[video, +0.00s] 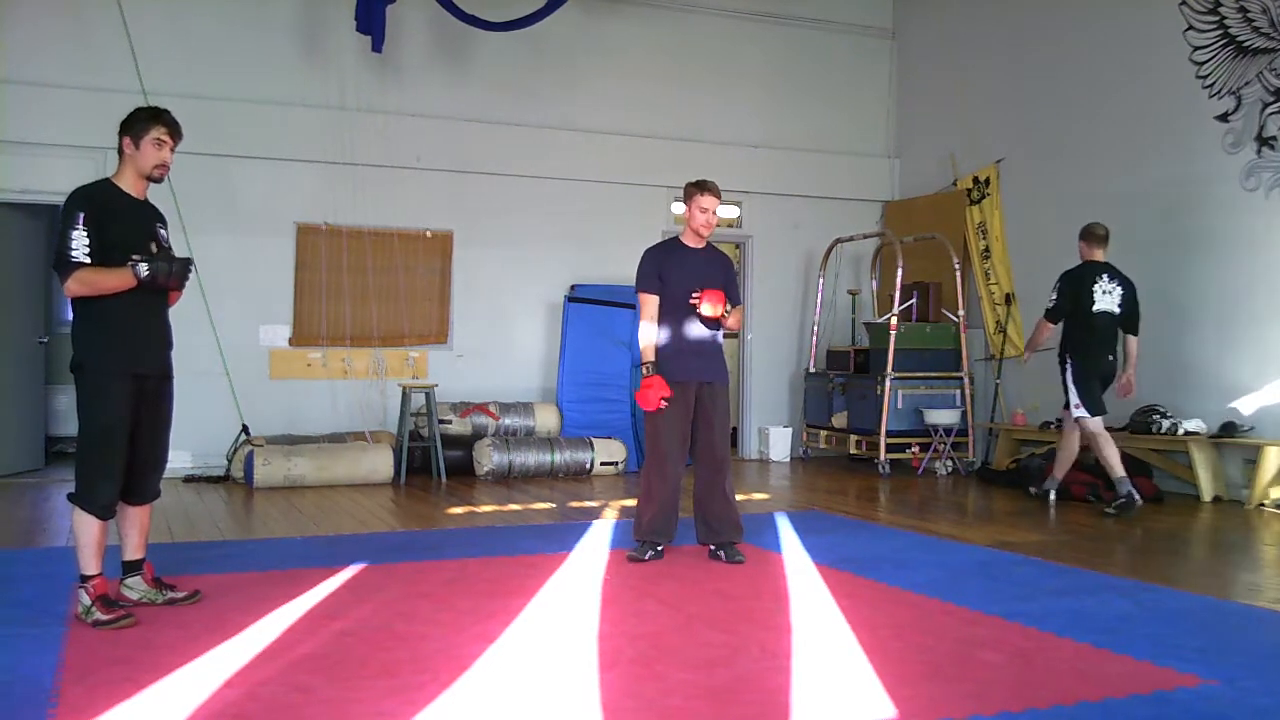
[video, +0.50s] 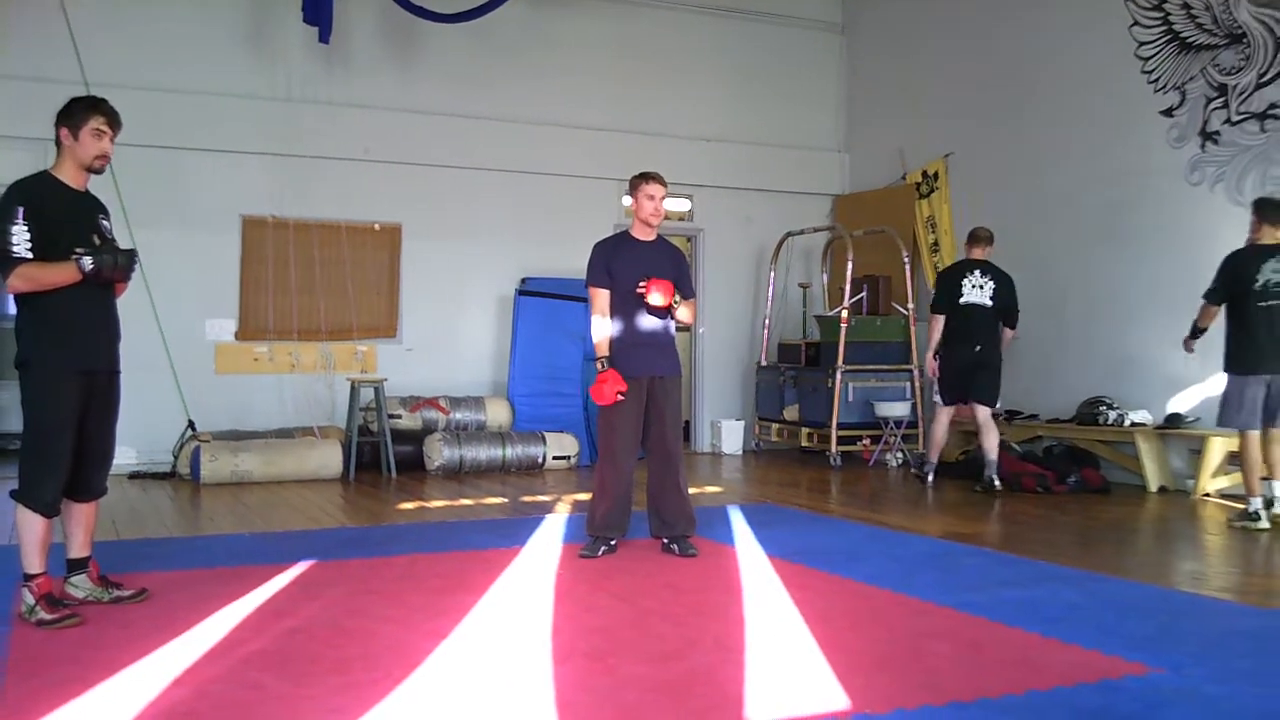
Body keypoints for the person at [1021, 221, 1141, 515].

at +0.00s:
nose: (1079, 249)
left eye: (1079, 245)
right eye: (1081, 245)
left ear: (1082, 245)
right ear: (1106, 247)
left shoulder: (1072, 278)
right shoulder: (1124, 283)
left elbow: (1048, 324)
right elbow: (1131, 332)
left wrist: (1029, 347)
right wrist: (1130, 371)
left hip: (1077, 361)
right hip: (1107, 363)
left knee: (1093, 428)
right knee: (1072, 423)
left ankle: (1125, 492)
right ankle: (1050, 486)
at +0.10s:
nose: (1069, 250)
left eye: (1069, 245)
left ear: (1070, 246)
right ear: (1094, 248)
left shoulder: (1058, 278)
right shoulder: (1110, 284)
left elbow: (1037, 324)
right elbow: (1115, 333)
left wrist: (1022, 349)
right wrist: (1114, 370)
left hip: (1061, 360)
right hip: (1091, 363)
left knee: (1053, 425)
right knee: (1063, 427)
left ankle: (1101, 472)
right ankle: (1048, 487)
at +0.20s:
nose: (1030, 249)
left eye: (1026, 244)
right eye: (1038, 246)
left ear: (1024, 244)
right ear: (1048, 247)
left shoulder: (1010, 275)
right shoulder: (1062, 282)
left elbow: (994, 321)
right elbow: (1065, 331)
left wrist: (980, 353)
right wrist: (1060, 364)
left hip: (1012, 355)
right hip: (1043, 359)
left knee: (991, 413)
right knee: (1020, 418)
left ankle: (1031, 460)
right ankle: (1014, 482)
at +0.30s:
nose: (999, 249)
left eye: (995, 243)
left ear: (993, 243)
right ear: (1017, 246)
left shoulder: (978, 273)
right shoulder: (1030, 279)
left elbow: (964, 319)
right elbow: (1033, 328)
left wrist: (952, 353)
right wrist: (1021, 355)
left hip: (980, 351)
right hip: (1011, 354)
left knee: (962, 407)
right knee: (996, 415)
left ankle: (970, 470)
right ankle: (994, 480)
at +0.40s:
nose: (987, 249)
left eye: (983, 244)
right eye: (995, 246)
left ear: (979, 244)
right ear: (1003, 246)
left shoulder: (964, 271)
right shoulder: (1017, 277)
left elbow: (952, 317)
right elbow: (1021, 326)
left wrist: (943, 352)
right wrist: (1009, 350)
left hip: (965, 352)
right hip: (1000, 354)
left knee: (954, 413)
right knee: (993, 414)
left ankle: (940, 472)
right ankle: (994, 478)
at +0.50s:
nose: (977, 251)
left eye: (972, 246)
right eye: (984, 247)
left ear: (967, 245)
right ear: (990, 248)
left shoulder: (949, 274)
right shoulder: (1003, 279)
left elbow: (938, 318)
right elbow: (1010, 328)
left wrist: (930, 353)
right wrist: (997, 350)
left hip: (953, 352)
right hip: (988, 354)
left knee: (944, 412)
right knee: (984, 414)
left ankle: (929, 468)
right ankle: (991, 474)